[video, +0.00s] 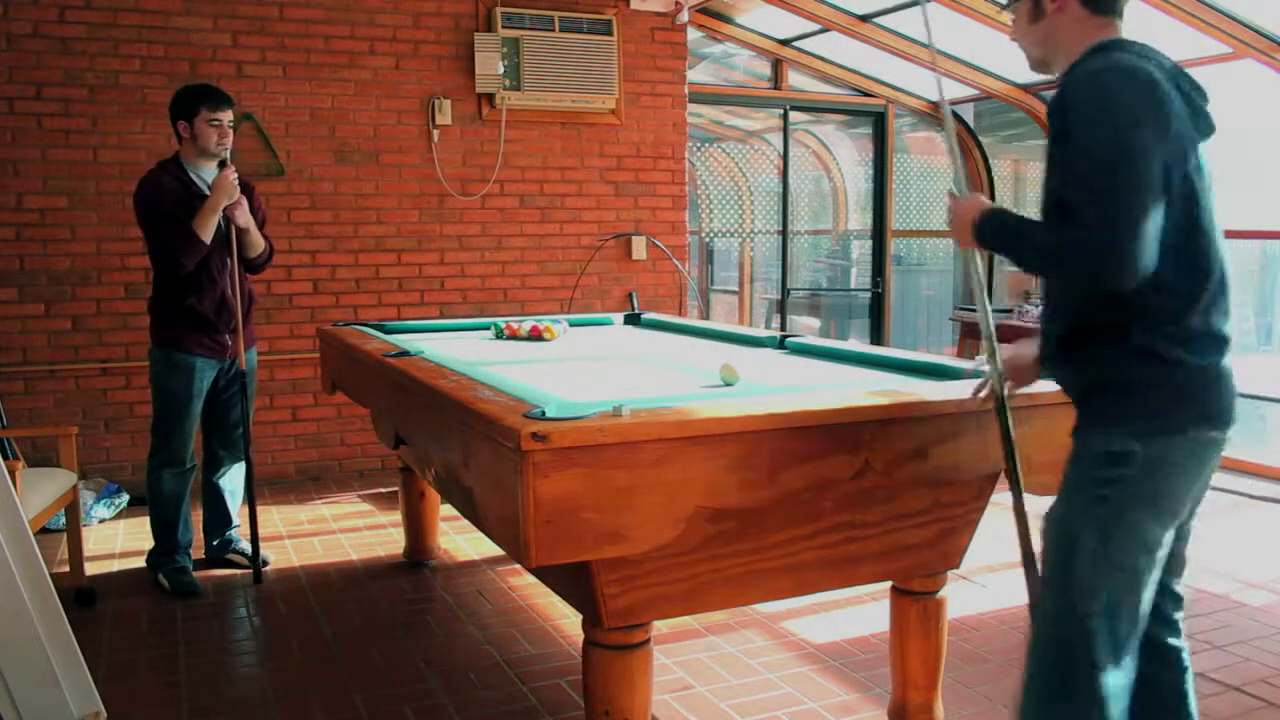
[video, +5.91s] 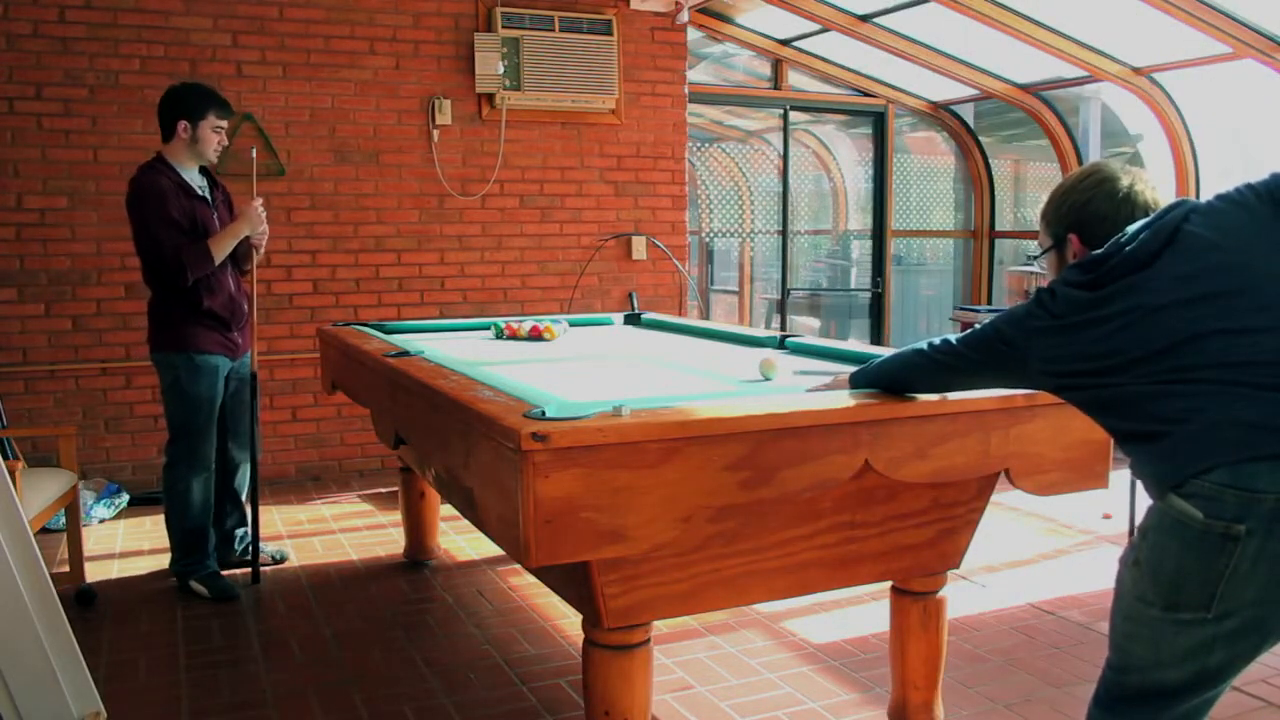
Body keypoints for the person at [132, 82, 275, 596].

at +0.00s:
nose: (226, 134)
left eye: (230, 125)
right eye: (215, 125)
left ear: (234, 130)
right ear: (183, 129)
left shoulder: (239, 185)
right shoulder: (157, 187)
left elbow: (258, 263)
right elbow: (177, 261)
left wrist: (246, 224)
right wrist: (213, 205)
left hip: (237, 338)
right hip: (184, 340)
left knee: (230, 449)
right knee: (175, 454)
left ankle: (223, 542)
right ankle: (171, 558)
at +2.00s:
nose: (223, 135)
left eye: (228, 126)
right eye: (212, 126)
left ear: (232, 131)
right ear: (181, 129)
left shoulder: (239, 186)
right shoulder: (155, 187)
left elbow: (258, 262)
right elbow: (175, 261)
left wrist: (243, 222)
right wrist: (209, 205)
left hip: (237, 339)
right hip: (182, 341)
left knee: (229, 450)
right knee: (175, 455)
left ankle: (223, 543)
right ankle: (171, 558)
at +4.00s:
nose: (244, 143)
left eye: (248, 135)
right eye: (235, 134)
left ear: (250, 139)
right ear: (203, 134)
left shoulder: (246, 189)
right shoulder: (170, 188)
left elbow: (270, 265)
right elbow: (182, 264)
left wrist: (264, 245)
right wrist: (231, 225)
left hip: (245, 336)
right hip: (195, 338)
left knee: (237, 448)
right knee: (198, 451)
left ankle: (221, 540)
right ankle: (195, 561)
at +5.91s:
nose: (225, 140)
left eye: (227, 131)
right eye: (217, 129)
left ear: (199, 134)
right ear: (184, 129)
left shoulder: (215, 188)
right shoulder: (151, 185)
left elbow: (234, 267)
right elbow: (178, 269)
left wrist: (254, 245)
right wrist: (238, 228)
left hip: (233, 339)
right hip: (189, 342)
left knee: (235, 452)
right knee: (194, 457)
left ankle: (233, 544)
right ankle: (193, 565)